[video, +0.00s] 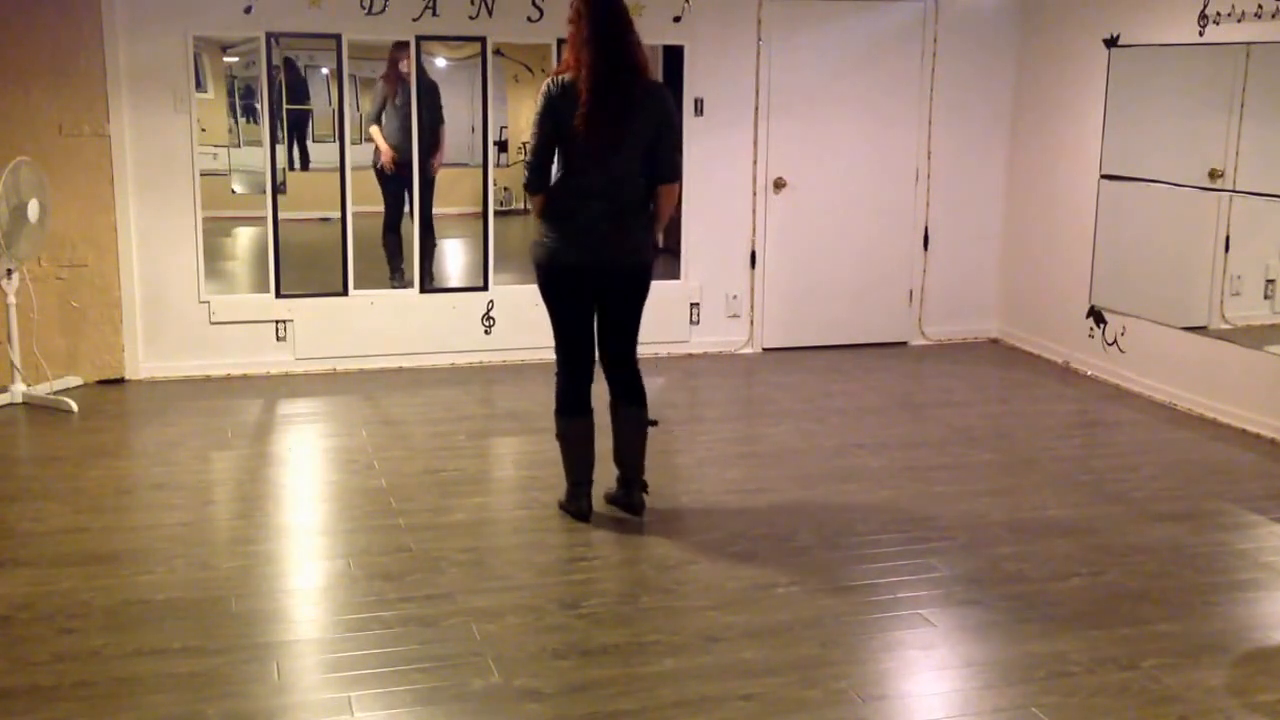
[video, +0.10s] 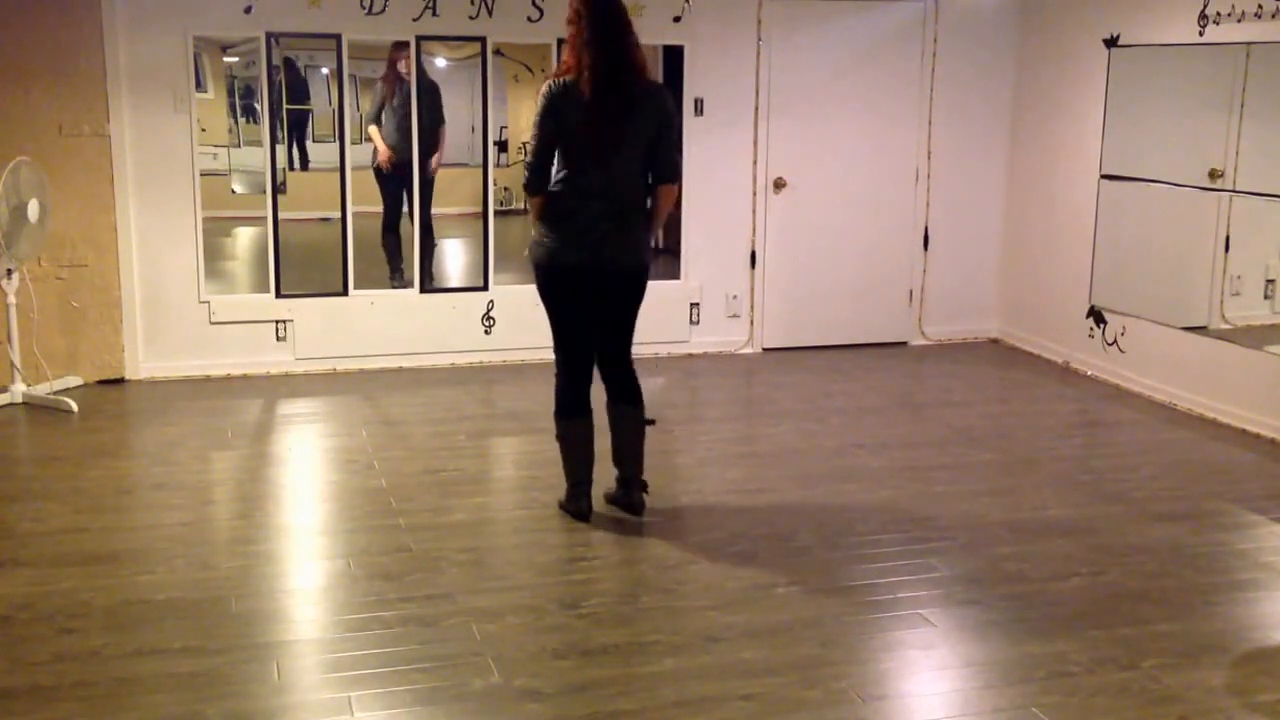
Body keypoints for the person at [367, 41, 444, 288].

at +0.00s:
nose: (406, 64)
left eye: (410, 59)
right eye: (401, 60)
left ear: (418, 60)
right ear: (395, 62)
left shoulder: (429, 87)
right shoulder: (387, 85)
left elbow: (439, 123)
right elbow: (371, 120)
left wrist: (439, 153)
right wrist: (383, 147)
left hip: (423, 162)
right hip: (392, 162)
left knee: (424, 218)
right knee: (393, 216)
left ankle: (427, 273)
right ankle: (396, 271)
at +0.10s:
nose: (405, 64)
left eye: (409, 59)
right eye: (400, 59)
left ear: (417, 60)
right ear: (394, 62)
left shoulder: (430, 87)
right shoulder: (386, 85)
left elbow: (440, 124)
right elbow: (371, 120)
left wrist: (438, 153)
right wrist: (381, 146)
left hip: (421, 163)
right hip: (391, 162)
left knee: (423, 218)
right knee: (392, 216)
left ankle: (426, 273)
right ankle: (396, 271)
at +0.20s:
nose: (402, 63)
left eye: (407, 58)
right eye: (398, 58)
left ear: (415, 59)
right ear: (392, 61)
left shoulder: (430, 87)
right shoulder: (384, 86)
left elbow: (441, 125)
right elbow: (372, 121)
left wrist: (435, 154)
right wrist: (378, 145)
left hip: (419, 164)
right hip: (389, 163)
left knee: (420, 219)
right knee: (390, 218)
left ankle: (425, 273)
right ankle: (395, 271)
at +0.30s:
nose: (401, 62)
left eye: (406, 58)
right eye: (397, 58)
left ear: (415, 59)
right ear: (391, 61)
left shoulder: (430, 87)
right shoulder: (384, 86)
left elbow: (442, 125)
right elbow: (373, 120)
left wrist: (434, 153)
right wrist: (376, 141)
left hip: (419, 163)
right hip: (388, 162)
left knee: (418, 219)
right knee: (390, 218)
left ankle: (425, 273)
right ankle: (395, 271)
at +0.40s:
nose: (401, 62)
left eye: (405, 58)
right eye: (397, 58)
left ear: (414, 60)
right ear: (391, 61)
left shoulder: (429, 86)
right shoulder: (384, 87)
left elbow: (443, 125)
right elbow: (375, 119)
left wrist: (431, 151)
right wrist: (374, 132)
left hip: (418, 162)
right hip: (388, 161)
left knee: (416, 218)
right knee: (390, 218)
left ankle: (425, 272)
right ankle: (395, 271)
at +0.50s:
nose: (400, 62)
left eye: (405, 57)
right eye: (396, 58)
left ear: (414, 59)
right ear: (390, 61)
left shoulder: (429, 86)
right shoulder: (384, 86)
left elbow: (444, 123)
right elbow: (377, 118)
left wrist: (431, 147)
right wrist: (374, 129)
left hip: (417, 161)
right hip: (387, 160)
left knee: (415, 217)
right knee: (390, 216)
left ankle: (425, 273)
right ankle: (395, 271)